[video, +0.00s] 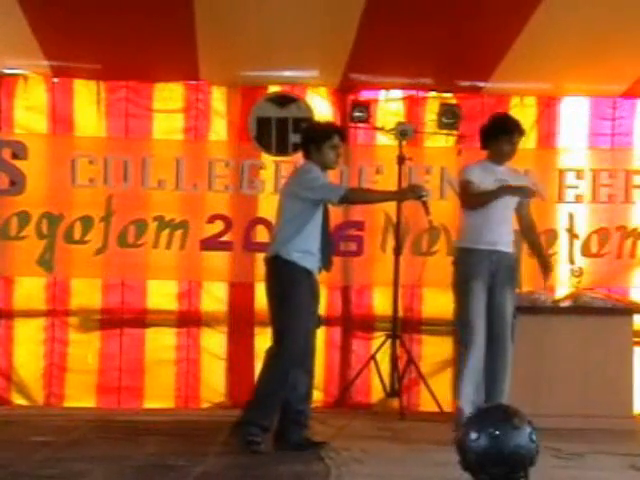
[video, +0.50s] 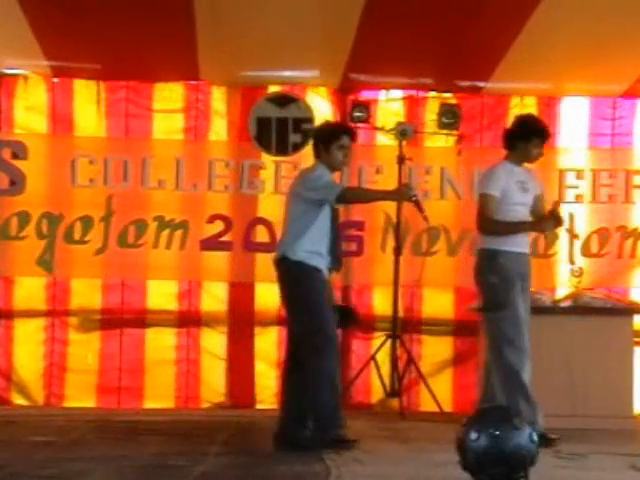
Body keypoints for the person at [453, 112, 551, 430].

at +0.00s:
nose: (513, 149)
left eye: (516, 142)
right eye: (508, 142)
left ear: (516, 144)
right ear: (493, 141)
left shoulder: (516, 178)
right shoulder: (472, 171)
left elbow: (526, 222)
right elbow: (469, 202)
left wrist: (542, 258)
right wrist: (505, 191)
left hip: (505, 257)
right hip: (474, 255)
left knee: (502, 333)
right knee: (473, 332)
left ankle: (496, 408)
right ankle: (466, 409)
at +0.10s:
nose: (516, 150)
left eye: (520, 144)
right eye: (511, 143)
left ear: (523, 145)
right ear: (495, 142)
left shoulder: (521, 179)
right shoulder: (476, 172)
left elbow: (526, 222)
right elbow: (468, 212)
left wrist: (542, 240)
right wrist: (511, 207)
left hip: (507, 255)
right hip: (476, 253)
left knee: (506, 331)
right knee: (481, 331)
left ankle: (497, 408)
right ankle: (474, 411)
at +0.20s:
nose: (527, 151)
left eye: (529, 145)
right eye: (523, 144)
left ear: (526, 146)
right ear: (505, 142)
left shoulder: (523, 179)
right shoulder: (481, 173)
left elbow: (527, 220)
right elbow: (472, 221)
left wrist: (543, 228)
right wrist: (516, 224)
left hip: (509, 257)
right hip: (481, 255)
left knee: (509, 331)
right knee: (490, 332)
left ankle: (501, 405)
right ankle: (488, 408)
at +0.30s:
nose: (531, 151)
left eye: (533, 145)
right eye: (527, 144)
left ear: (529, 145)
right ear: (509, 142)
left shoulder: (525, 179)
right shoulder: (485, 173)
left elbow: (529, 220)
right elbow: (475, 222)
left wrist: (543, 221)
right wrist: (523, 225)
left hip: (510, 256)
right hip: (484, 254)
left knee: (510, 327)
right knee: (495, 328)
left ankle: (500, 402)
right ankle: (500, 404)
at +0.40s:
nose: (538, 151)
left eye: (539, 145)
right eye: (534, 144)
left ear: (531, 144)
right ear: (517, 142)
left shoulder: (527, 180)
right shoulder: (491, 174)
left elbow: (536, 219)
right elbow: (480, 222)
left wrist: (547, 217)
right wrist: (527, 223)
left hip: (514, 259)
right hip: (491, 258)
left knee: (509, 339)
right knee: (506, 338)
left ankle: (493, 414)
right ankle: (520, 420)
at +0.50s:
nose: (541, 151)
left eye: (542, 145)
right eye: (537, 144)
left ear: (534, 145)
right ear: (521, 142)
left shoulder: (530, 180)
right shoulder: (496, 174)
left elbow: (540, 218)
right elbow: (484, 224)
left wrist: (552, 218)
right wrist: (532, 226)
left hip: (518, 260)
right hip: (497, 260)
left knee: (508, 343)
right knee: (512, 343)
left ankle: (493, 419)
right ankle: (525, 425)